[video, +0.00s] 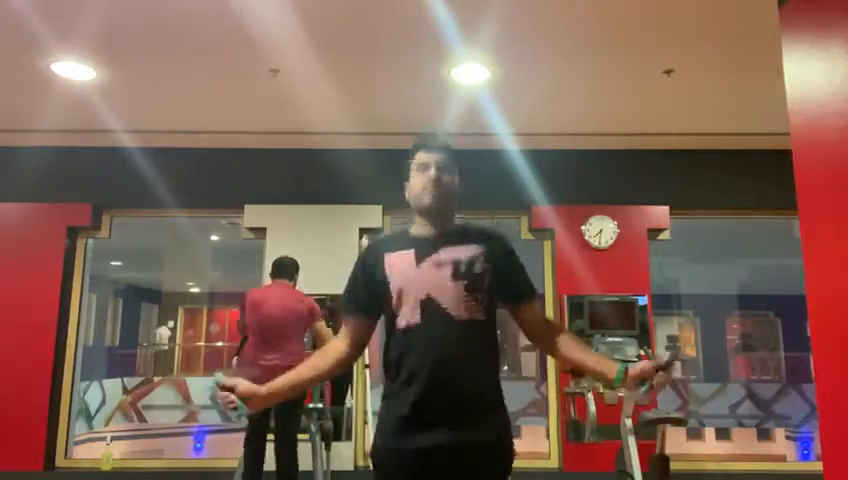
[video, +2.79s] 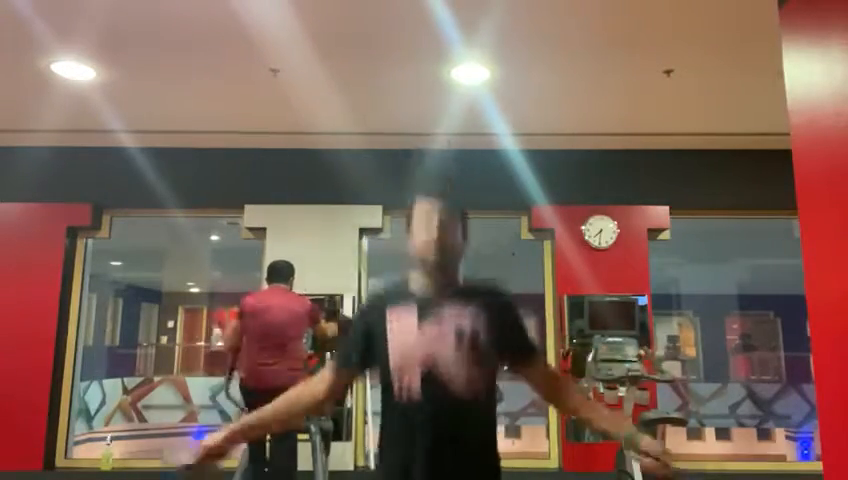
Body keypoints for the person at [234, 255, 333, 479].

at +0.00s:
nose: (294, 280)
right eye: (295, 276)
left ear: (270, 275)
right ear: (295, 277)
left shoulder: (251, 296)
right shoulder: (306, 302)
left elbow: (243, 330)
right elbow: (324, 340)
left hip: (254, 374)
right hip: (292, 375)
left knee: (255, 435)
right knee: (287, 440)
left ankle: (251, 476)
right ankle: (287, 476)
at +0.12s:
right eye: (293, 280)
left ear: (270, 279)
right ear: (294, 281)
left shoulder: (251, 302)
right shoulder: (304, 305)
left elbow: (234, 339)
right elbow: (325, 338)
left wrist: (231, 366)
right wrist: (315, 353)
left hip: (254, 383)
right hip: (291, 384)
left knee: (256, 436)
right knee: (286, 438)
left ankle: (256, 474)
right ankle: (284, 475)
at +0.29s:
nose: (291, 280)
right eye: (293, 276)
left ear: (268, 275)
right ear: (292, 277)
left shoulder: (247, 298)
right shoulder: (303, 301)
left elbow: (228, 340)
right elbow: (323, 326)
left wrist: (237, 350)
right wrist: (334, 325)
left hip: (250, 381)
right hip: (285, 380)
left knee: (255, 437)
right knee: (285, 439)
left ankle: (255, 476)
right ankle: (284, 477)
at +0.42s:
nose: (291, 281)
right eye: (293, 278)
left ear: (267, 276)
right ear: (291, 278)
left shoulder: (244, 299)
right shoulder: (300, 302)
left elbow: (226, 335)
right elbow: (320, 335)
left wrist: (248, 333)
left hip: (249, 377)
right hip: (285, 377)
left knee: (252, 441)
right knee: (292, 434)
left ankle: (252, 476)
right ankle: (287, 474)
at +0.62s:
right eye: (292, 281)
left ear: (267, 280)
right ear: (292, 282)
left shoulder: (249, 303)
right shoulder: (298, 307)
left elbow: (245, 342)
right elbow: (310, 351)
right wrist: (320, 352)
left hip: (248, 385)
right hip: (284, 387)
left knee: (247, 443)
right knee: (296, 420)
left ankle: (244, 475)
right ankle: (295, 469)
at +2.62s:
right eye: (294, 276)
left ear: (268, 275)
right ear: (293, 277)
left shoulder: (251, 296)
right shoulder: (305, 301)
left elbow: (243, 336)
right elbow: (323, 339)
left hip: (253, 379)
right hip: (291, 380)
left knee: (256, 433)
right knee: (286, 438)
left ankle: (252, 476)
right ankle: (286, 476)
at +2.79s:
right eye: (290, 279)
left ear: (266, 279)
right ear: (291, 280)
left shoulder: (249, 302)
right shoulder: (304, 305)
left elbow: (233, 341)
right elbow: (322, 334)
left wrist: (230, 369)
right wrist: (318, 358)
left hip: (253, 380)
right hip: (289, 380)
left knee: (256, 434)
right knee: (285, 438)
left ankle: (257, 473)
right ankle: (284, 474)